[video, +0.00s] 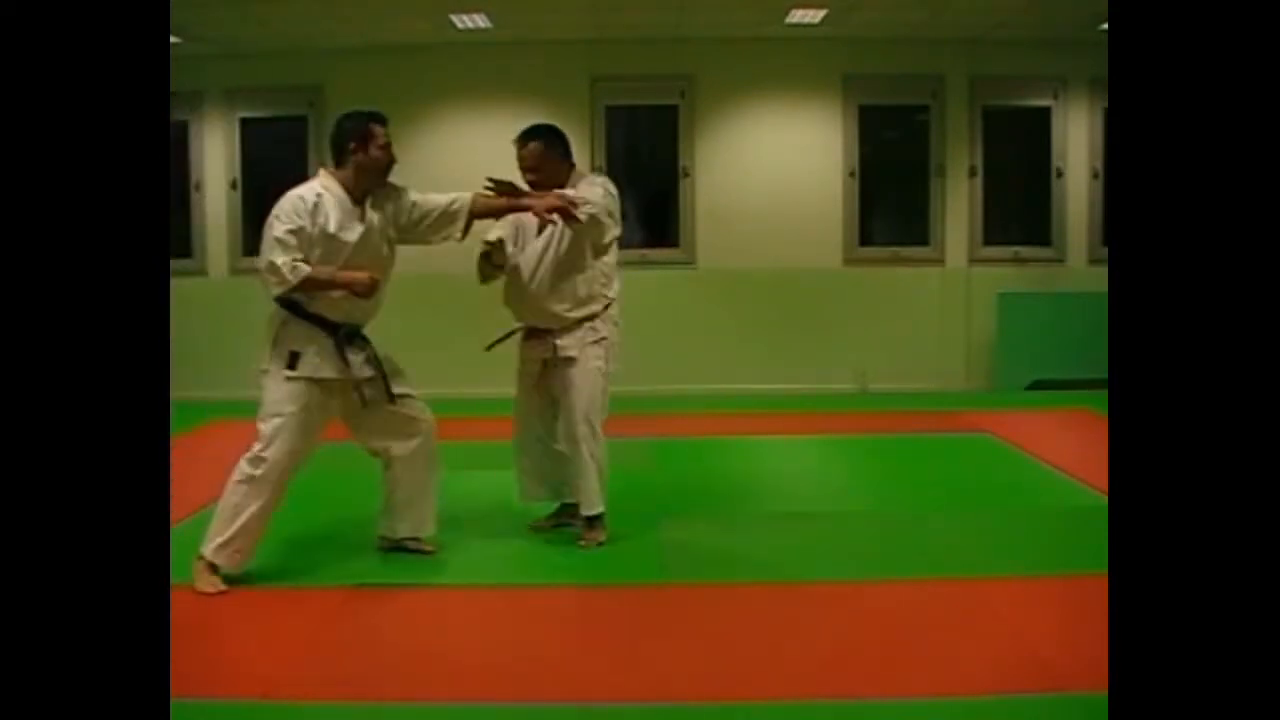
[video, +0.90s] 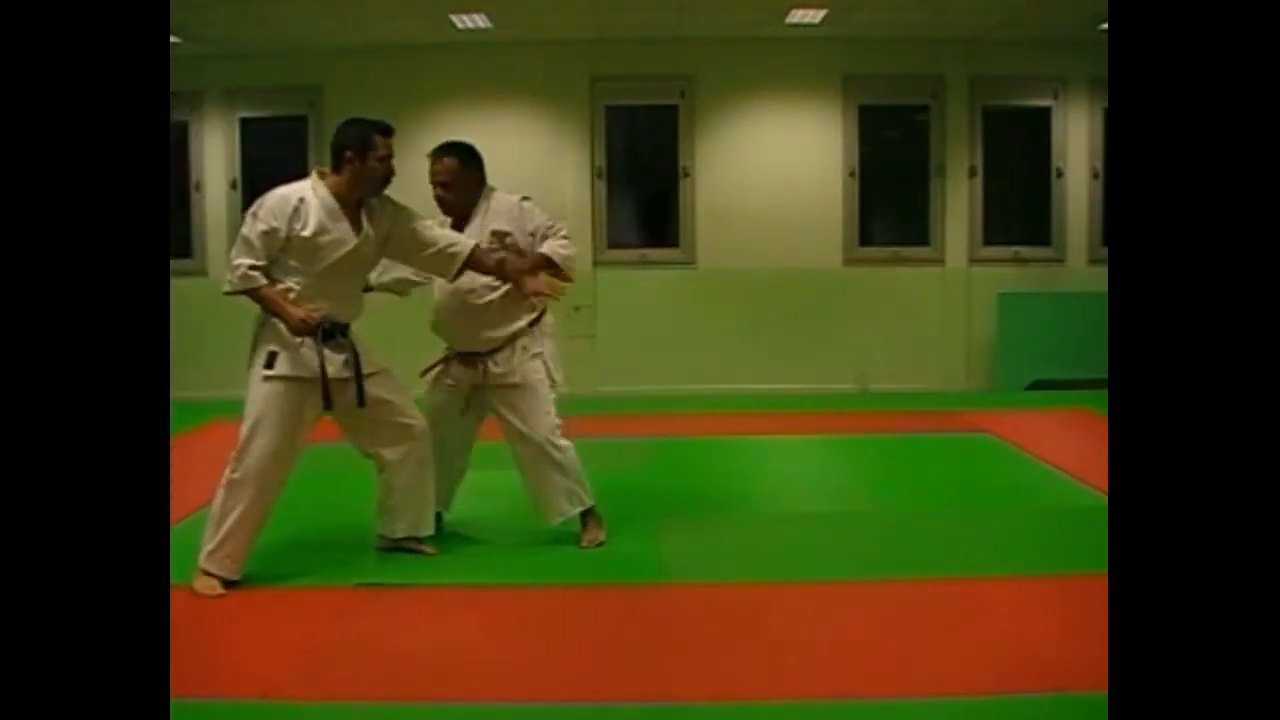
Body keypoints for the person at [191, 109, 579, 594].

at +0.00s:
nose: (393, 157)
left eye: (391, 147)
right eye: (384, 147)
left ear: (368, 151)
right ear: (356, 152)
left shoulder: (389, 202)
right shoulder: (303, 203)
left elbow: (457, 207)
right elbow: (280, 271)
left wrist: (527, 201)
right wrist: (342, 279)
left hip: (352, 345)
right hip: (301, 343)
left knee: (413, 430)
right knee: (275, 454)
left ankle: (404, 534)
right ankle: (215, 560)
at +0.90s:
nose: (393, 168)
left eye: (393, 158)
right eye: (385, 158)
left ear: (363, 162)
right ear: (352, 160)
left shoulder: (383, 215)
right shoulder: (288, 204)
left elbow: (448, 248)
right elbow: (243, 269)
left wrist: (512, 270)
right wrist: (287, 311)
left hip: (343, 349)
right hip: (287, 349)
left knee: (408, 431)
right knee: (261, 458)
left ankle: (402, 533)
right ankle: (217, 565)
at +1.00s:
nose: (388, 172)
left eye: (388, 163)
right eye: (380, 163)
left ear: (358, 165)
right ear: (346, 163)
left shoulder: (379, 220)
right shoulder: (284, 208)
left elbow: (439, 263)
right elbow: (239, 273)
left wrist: (503, 303)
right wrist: (281, 317)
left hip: (339, 350)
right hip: (283, 350)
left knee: (405, 431)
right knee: (259, 457)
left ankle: (401, 534)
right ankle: (216, 568)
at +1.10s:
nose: (386, 172)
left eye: (386, 162)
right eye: (378, 163)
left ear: (355, 166)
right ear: (344, 164)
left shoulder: (377, 221)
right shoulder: (283, 210)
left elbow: (436, 270)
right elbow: (238, 276)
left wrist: (494, 317)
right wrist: (278, 322)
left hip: (338, 351)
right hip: (281, 351)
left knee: (405, 432)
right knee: (258, 459)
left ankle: (400, 534)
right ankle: (215, 569)